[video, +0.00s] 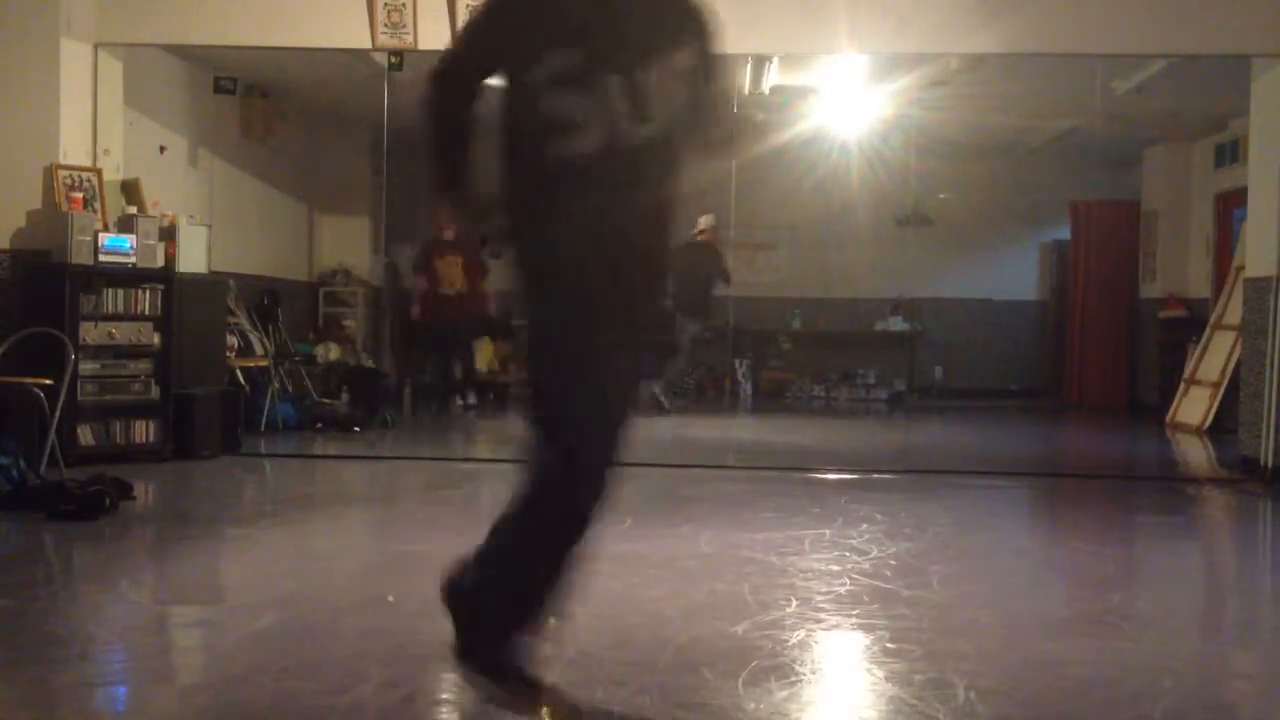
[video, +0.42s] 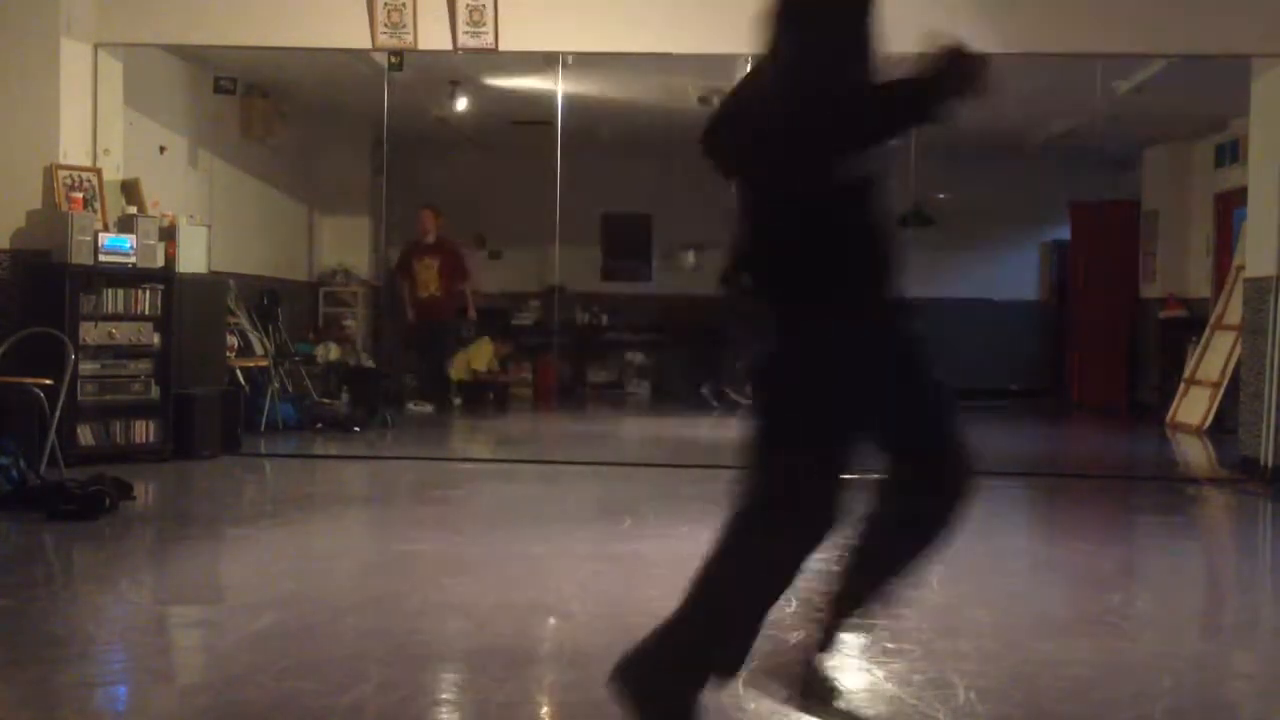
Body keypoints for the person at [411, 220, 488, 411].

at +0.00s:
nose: (446, 233)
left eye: (449, 228)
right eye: (442, 228)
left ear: (455, 227)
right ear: (437, 228)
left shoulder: (467, 247)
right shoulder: (429, 248)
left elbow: (480, 274)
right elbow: (421, 276)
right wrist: (417, 302)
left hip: (464, 310)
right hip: (438, 310)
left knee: (466, 355)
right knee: (441, 356)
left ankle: (469, 393)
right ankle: (443, 398)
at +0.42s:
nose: (424, 224)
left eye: (428, 219)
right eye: (422, 219)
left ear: (437, 222)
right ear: (418, 223)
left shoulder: (449, 249)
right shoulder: (411, 250)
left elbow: (463, 280)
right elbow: (404, 281)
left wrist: (470, 307)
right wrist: (409, 310)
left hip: (445, 312)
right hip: (421, 314)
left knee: (442, 358)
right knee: (425, 359)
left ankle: (444, 398)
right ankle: (428, 398)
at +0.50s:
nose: (421, 221)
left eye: (424, 217)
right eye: (418, 217)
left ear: (433, 220)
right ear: (415, 220)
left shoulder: (446, 245)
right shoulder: (408, 245)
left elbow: (459, 279)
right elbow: (399, 277)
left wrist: (464, 306)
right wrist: (401, 305)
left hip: (440, 310)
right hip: (416, 311)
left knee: (436, 354)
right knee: (419, 353)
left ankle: (429, 398)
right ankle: (422, 396)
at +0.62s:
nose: (414, 220)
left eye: (418, 215)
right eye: (412, 215)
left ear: (427, 218)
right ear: (409, 218)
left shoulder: (443, 245)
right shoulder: (403, 245)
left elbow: (452, 278)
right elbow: (394, 275)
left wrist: (453, 304)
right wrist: (391, 303)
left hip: (433, 310)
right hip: (407, 310)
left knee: (430, 354)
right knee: (408, 352)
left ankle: (429, 397)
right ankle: (412, 392)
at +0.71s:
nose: (413, 220)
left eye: (417, 215)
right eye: (410, 215)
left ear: (426, 217)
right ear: (407, 217)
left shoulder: (436, 244)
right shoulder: (398, 245)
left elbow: (447, 274)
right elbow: (390, 275)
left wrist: (444, 300)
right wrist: (386, 301)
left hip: (428, 309)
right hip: (402, 309)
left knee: (428, 354)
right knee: (399, 351)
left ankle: (427, 396)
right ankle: (401, 390)